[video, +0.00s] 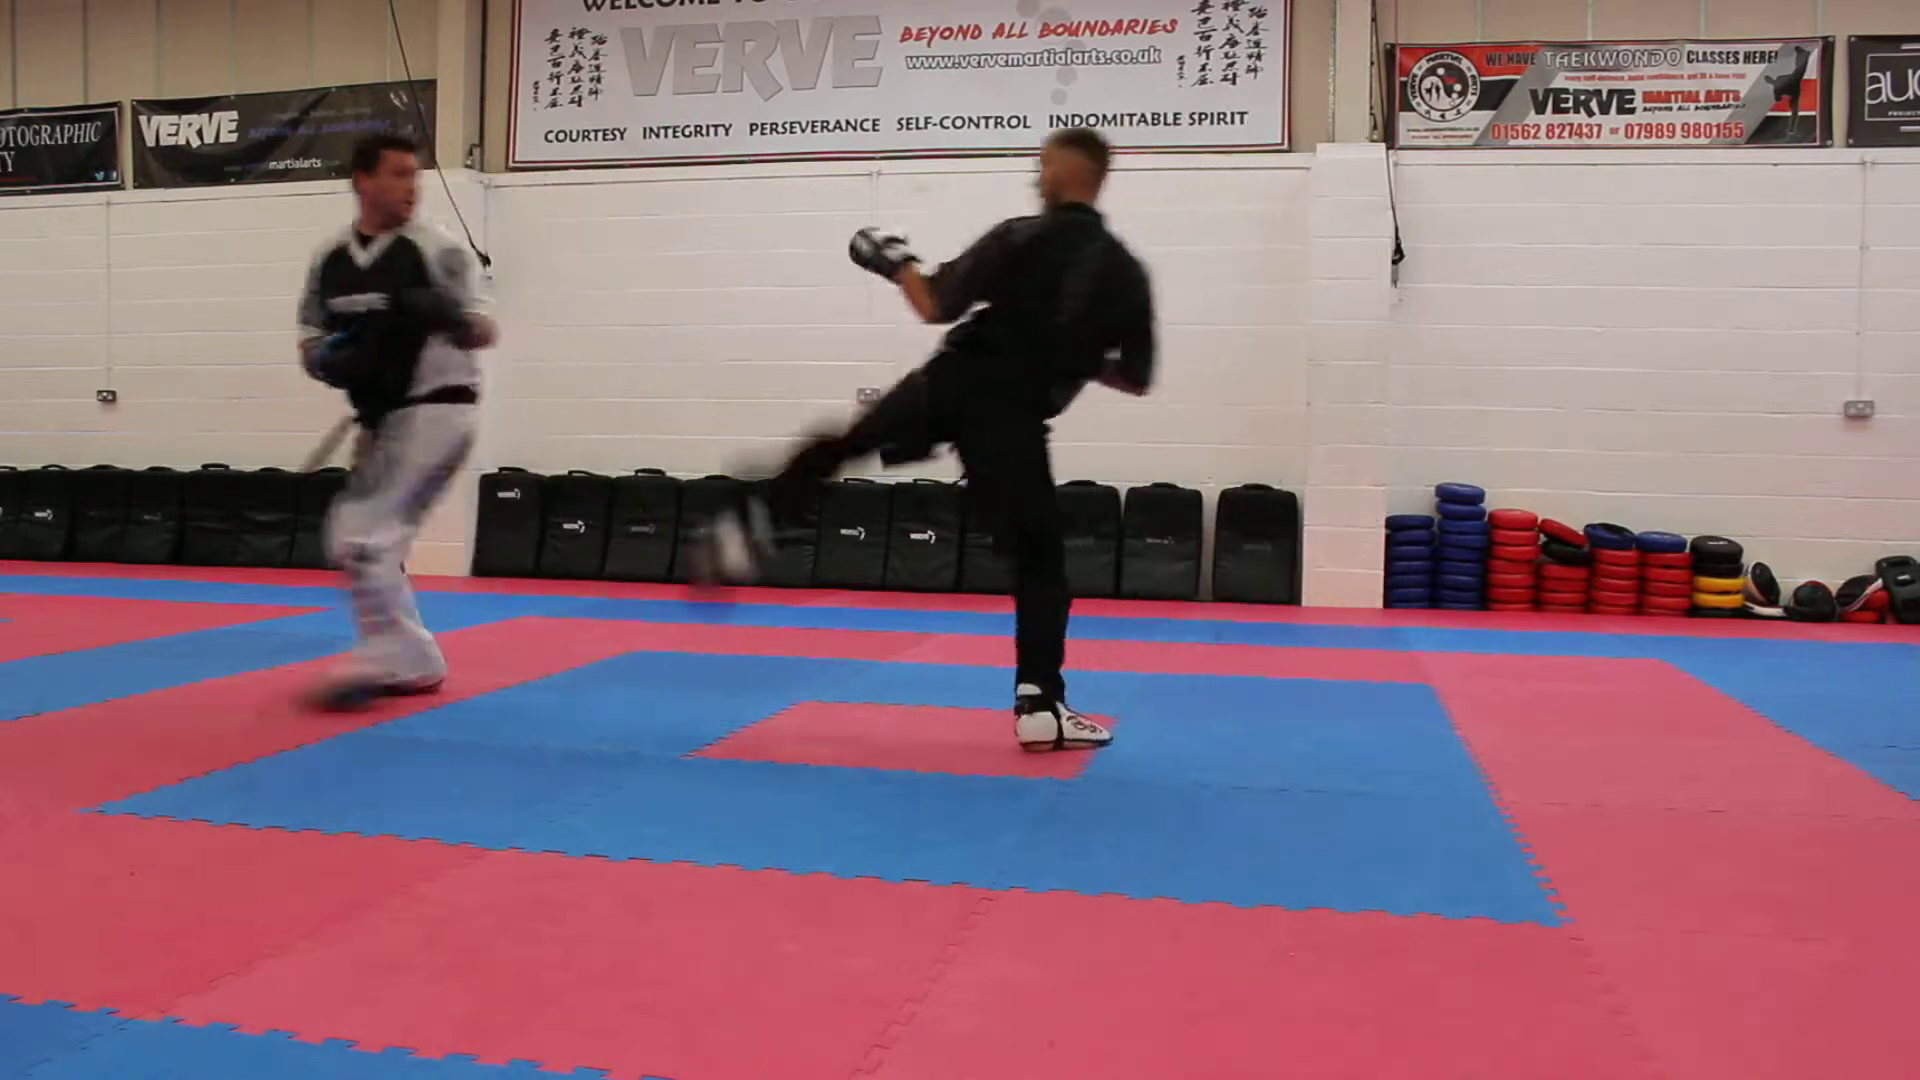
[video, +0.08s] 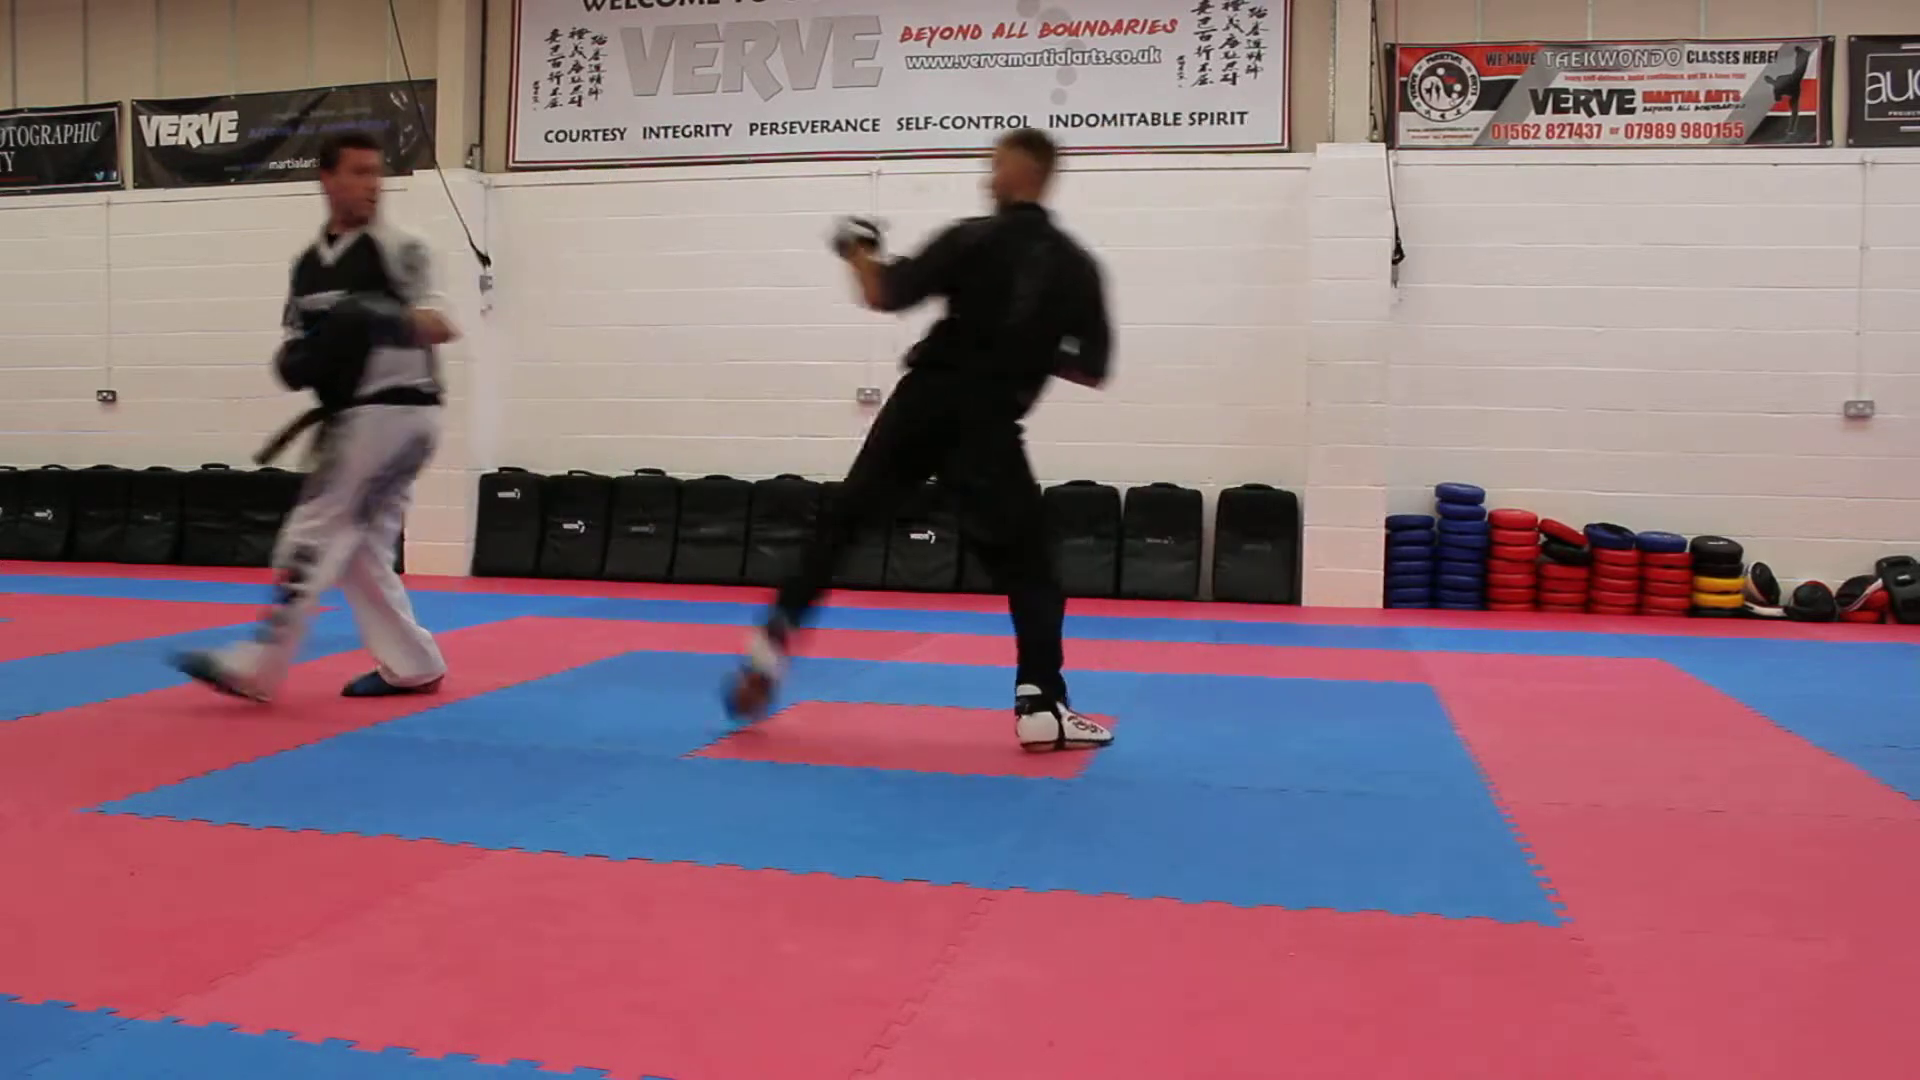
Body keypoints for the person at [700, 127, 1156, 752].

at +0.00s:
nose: (1040, 173)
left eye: (1047, 163)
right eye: (1044, 161)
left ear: (1063, 172)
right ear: (1100, 178)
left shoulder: (1020, 238)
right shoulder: (1126, 273)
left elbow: (935, 304)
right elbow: (1135, 378)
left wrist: (894, 260)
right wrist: (1075, 353)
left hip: (948, 388)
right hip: (1013, 424)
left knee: (847, 444)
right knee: (1041, 558)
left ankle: (756, 521)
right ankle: (1039, 704)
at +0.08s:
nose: (992, 173)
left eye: (1001, 163)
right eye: (995, 161)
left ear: (1023, 170)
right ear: (1047, 175)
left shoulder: (976, 239)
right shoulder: (1076, 265)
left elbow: (887, 292)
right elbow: (1093, 368)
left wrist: (860, 256)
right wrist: (1031, 346)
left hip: (920, 411)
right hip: (990, 430)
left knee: (845, 516)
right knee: (1031, 561)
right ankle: (1040, 708)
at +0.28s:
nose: (796, 170)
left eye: (804, 160)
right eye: (801, 159)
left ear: (822, 167)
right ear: (849, 170)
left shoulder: (788, 224)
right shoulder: (892, 231)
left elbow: (705, 190)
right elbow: (949, 293)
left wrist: (628, 162)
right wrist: (905, 318)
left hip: (841, 421)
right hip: (905, 417)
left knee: (814, 558)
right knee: (953, 546)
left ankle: (808, 704)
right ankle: (1021, 674)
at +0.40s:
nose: (695, 177)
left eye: (702, 167)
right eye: (697, 168)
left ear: (723, 169)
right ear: (744, 169)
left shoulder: (706, 217)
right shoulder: (798, 222)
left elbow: (619, 184)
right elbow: (863, 288)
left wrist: (556, 141)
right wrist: (798, 287)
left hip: (777, 398)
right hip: (830, 389)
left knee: (783, 542)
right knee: (852, 524)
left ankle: (800, 698)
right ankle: (889, 651)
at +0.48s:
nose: (643, 176)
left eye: (650, 166)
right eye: (643, 167)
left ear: (676, 169)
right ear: (687, 169)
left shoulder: (662, 218)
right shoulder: (739, 216)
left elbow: (578, 178)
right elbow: (772, 290)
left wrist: (526, 128)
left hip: (731, 392)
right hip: (772, 381)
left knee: (752, 533)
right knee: (758, 528)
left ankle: (794, 682)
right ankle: (788, 658)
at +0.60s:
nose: (582, 190)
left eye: (590, 179)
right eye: (582, 181)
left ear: (619, 174)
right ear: (603, 179)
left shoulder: (636, 222)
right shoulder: (616, 220)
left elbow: (550, 199)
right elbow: (547, 200)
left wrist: (484, 142)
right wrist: (488, 146)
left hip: (657, 408)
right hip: (651, 406)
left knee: (670, 538)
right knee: (631, 542)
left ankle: (764, 665)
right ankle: (570, 664)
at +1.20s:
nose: (312, 219)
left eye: (313, 210)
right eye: (313, 209)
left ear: (321, 212)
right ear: (363, 209)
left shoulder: (309, 278)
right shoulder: (411, 272)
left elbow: (239, 339)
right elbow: (449, 355)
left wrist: (209, 327)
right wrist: (384, 352)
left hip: (344, 437)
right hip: (402, 437)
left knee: (284, 542)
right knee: (365, 547)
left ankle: (291, 665)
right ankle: (428, 611)